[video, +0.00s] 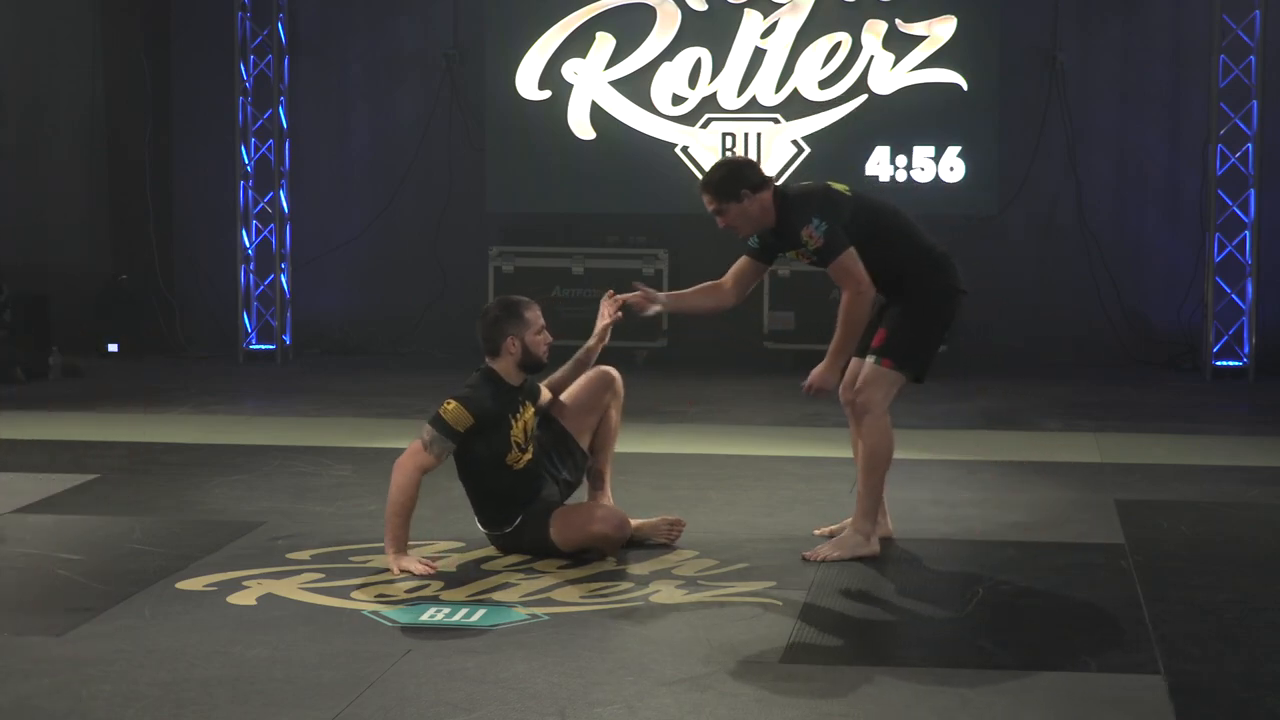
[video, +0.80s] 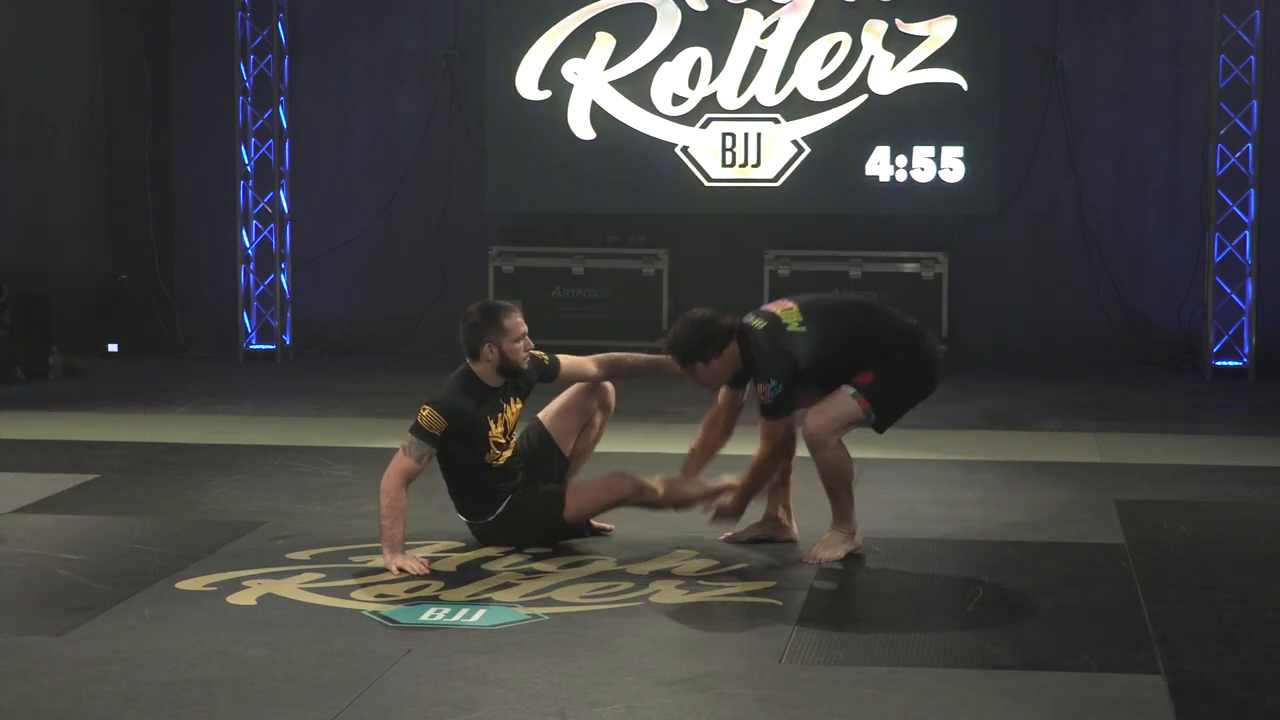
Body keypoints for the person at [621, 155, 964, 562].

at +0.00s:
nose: (721, 225)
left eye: (721, 214)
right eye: (715, 216)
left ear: (751, 196)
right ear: (745, 201)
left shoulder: (808, 212)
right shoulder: (774, 228)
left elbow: (860, 289)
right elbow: (728, 290)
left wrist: (832, 364)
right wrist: (660, 300)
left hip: (927, 288)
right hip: (896, 290)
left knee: (868, 397)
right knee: (851, 393)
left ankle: (864, 531)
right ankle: (871, 516)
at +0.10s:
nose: (710, 229)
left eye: (713, 218)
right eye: (705, 221)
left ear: (742, 201)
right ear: (741, 201)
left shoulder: (798, 218)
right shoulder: (766, 228)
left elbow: (837, 304)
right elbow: (750, 297)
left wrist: (813, 383)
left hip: (921, 284)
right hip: (896, 286)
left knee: (864, 397)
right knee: (853, 394)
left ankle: (862, 532)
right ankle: (873, 516)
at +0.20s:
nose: (702, 237)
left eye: (703, 226)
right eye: (696, 229)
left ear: (730, 209)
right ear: (731, 208)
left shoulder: (790, 220)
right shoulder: (766, 229)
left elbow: (828, 312)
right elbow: (784, 306)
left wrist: (810, 392)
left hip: (915, 281)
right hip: (893, 282)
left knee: (863, 400)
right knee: (860, 396)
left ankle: (863, 533)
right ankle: (875, 518)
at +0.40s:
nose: (694, 278)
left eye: (693, 267)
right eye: (688, 271)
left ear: (718, 250)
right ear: (719, 247)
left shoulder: (780, 250)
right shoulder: (756, 256)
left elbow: (828, 338)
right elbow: (782, 335)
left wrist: (819, 412)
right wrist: (779, 411)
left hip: (907, 288)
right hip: (875, 289)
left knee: (847, 408)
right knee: (809, 374)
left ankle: (866, 534)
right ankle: (833, 501)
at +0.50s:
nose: (688, 311)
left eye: (689, 301)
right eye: (682, 304)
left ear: (715, 281)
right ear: (715, 278)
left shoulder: (774, 280)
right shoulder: (745, 285)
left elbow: (814, 371)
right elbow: (744, 369)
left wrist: (797, 442)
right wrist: (718, 437)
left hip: (901, 308)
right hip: (860, 309)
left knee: (834, 415)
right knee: (790, 387)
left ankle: (860, 534)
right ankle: (786, 515)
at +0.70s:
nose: (679, 386)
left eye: (680, 376)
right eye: (674, 379)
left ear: (707, 363)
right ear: (709, 358)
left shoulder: (770, 366)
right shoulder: (729, 363)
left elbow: (787, 457)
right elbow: (699, 445)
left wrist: (747, 523)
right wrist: (668, 506)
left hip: (899, 367)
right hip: (853, 360)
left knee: (817, 432)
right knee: (755, 405)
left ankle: (842, 531)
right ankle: (778, 517)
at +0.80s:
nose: (695, 380)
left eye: (693, 371)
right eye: (691, 373)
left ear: (716, 357)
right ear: (721, 346)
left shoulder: (771, 358)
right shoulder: (744, 336)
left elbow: (773, 450)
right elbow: (720, 422)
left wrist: (740, 498)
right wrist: (683, 479)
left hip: (908, 358)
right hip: (868, 349)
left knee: (819, 427)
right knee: (781, 412)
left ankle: (845, 531)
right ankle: (779, 518)